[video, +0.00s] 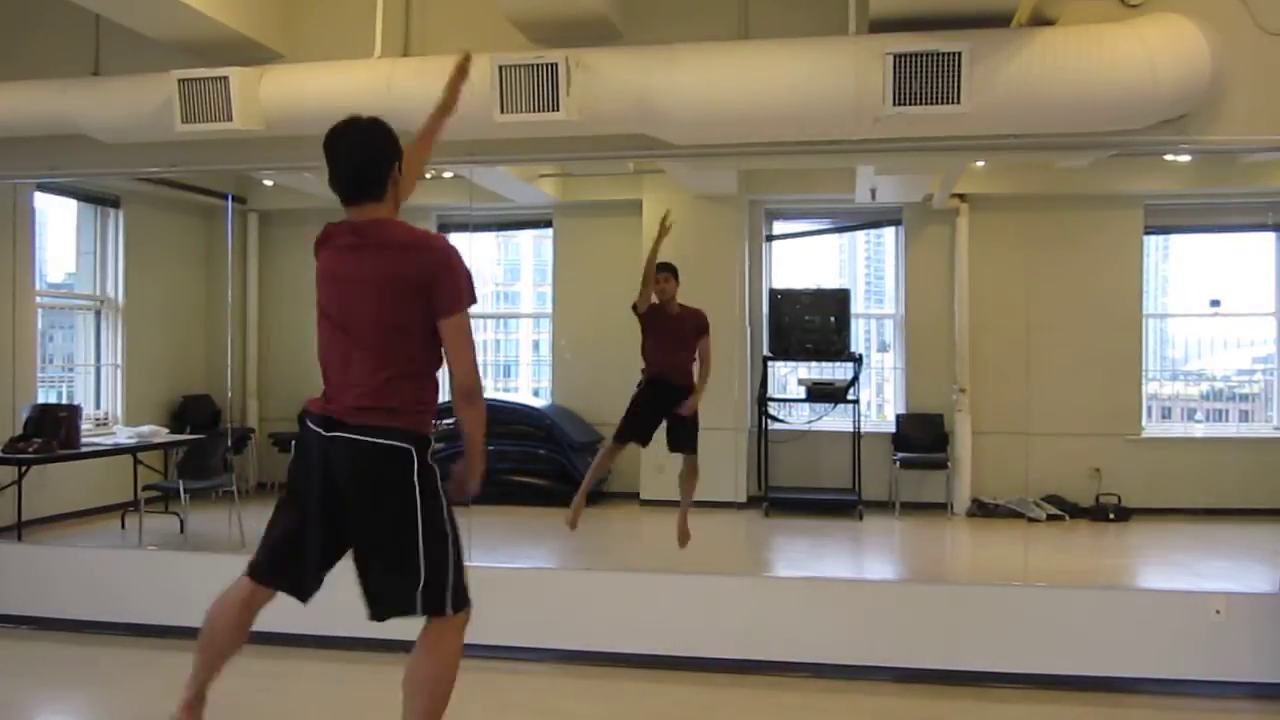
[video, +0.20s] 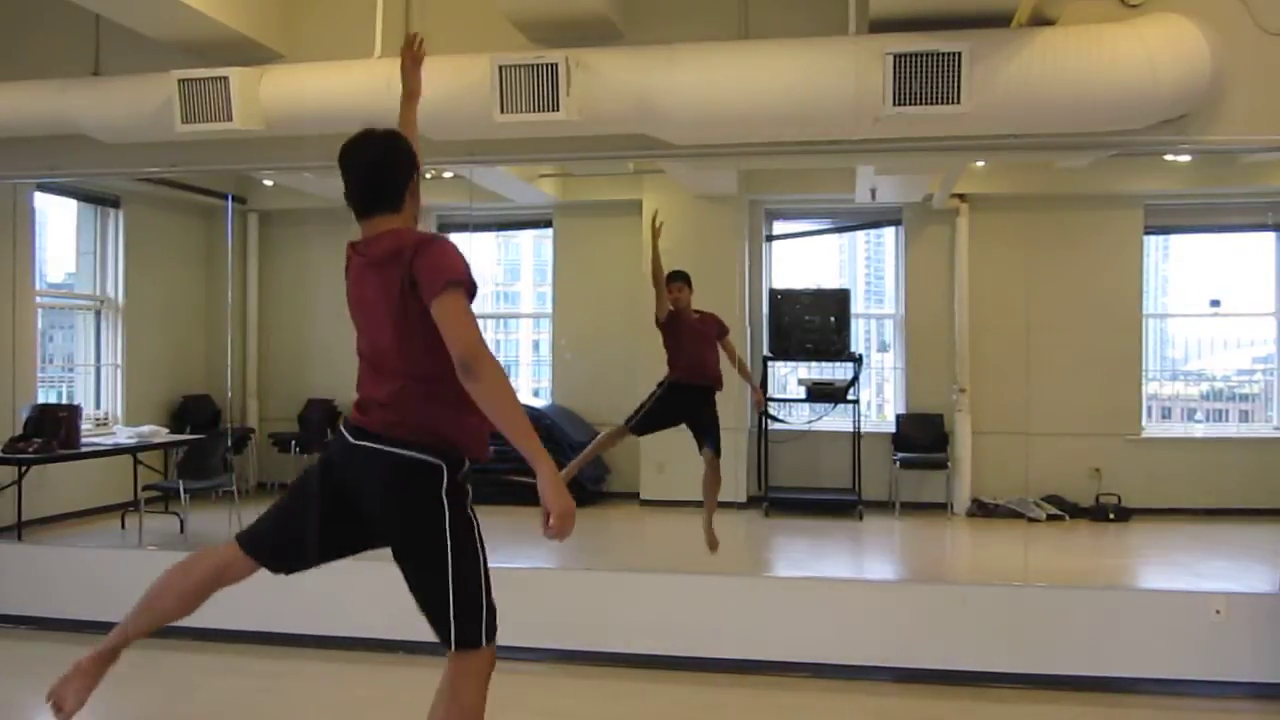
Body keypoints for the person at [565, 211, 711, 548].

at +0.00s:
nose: (660, 285)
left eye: (665, 280)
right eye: (656, 281)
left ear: (677, 284)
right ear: (652, 286)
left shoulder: (696, 318)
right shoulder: (647, 314)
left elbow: (705, 361)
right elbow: (646, 280)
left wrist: (696, 396)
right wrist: (658, 240)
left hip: (682, 391)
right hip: (651, 388)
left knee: (690, 459)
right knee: (616, 445)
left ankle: (683, 515)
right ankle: (580, 496)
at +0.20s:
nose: (675, 295)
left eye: (680, 290)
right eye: (671, 291)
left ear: (691, 292)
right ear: (667, 295)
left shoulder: (711, 322)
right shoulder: (668, 322)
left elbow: (735, 358)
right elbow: (658, 284)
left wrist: (755, 387)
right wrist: (654, 244)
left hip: (703, 396)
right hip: (673, 391)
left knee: (713, 458)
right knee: (622, 432)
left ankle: (708, 521)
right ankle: (567, 473)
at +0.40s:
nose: (693, 334)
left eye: (698, 329)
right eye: (689, 330)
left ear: (709, 330)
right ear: (685, 334)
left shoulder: (730, 360)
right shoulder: (685, 363)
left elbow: (745, 395)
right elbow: (673, 394)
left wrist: (755, 427)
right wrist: (677, 363)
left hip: (718, 439)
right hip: (688, 432)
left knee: (720, 501)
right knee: (645, 480)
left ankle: (706, 548)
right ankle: (603, 521)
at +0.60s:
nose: (710, 331)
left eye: (715, 327)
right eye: (706, 327)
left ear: (724, 331)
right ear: (700, 330)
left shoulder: (732, 365)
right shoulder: (685, 363)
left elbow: (752, 396)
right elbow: (665, 403)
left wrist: (771, 416)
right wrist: (673, 440)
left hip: (725, 440)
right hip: (695, 438)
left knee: (722, 499)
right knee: (672, 495)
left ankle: (709, 548)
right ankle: (642, 541)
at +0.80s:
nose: (711, 329)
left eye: (715, 324)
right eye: (706, 324)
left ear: (723, 327)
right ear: (699, 328)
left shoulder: (735, 359)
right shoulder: (688, 359)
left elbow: (772, 383)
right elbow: (654, 385)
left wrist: (786, 408)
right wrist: (659, 416)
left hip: (724, 437)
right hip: (693, 434)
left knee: (720, 499)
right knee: (663, 490)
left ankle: (709, 548)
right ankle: (626, 534)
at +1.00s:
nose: (706, 333)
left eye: (710, 327)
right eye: (700, 329)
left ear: (719, 329)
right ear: (695, 333)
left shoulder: (735, 359)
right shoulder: (689, 368)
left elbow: (740, 399)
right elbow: (690, 414)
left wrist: (717, 414)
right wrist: (721, 432)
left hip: (725, 433)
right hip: (694, 430)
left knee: (721, 497)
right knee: (660, 483)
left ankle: (708, 548)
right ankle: (625, 530)